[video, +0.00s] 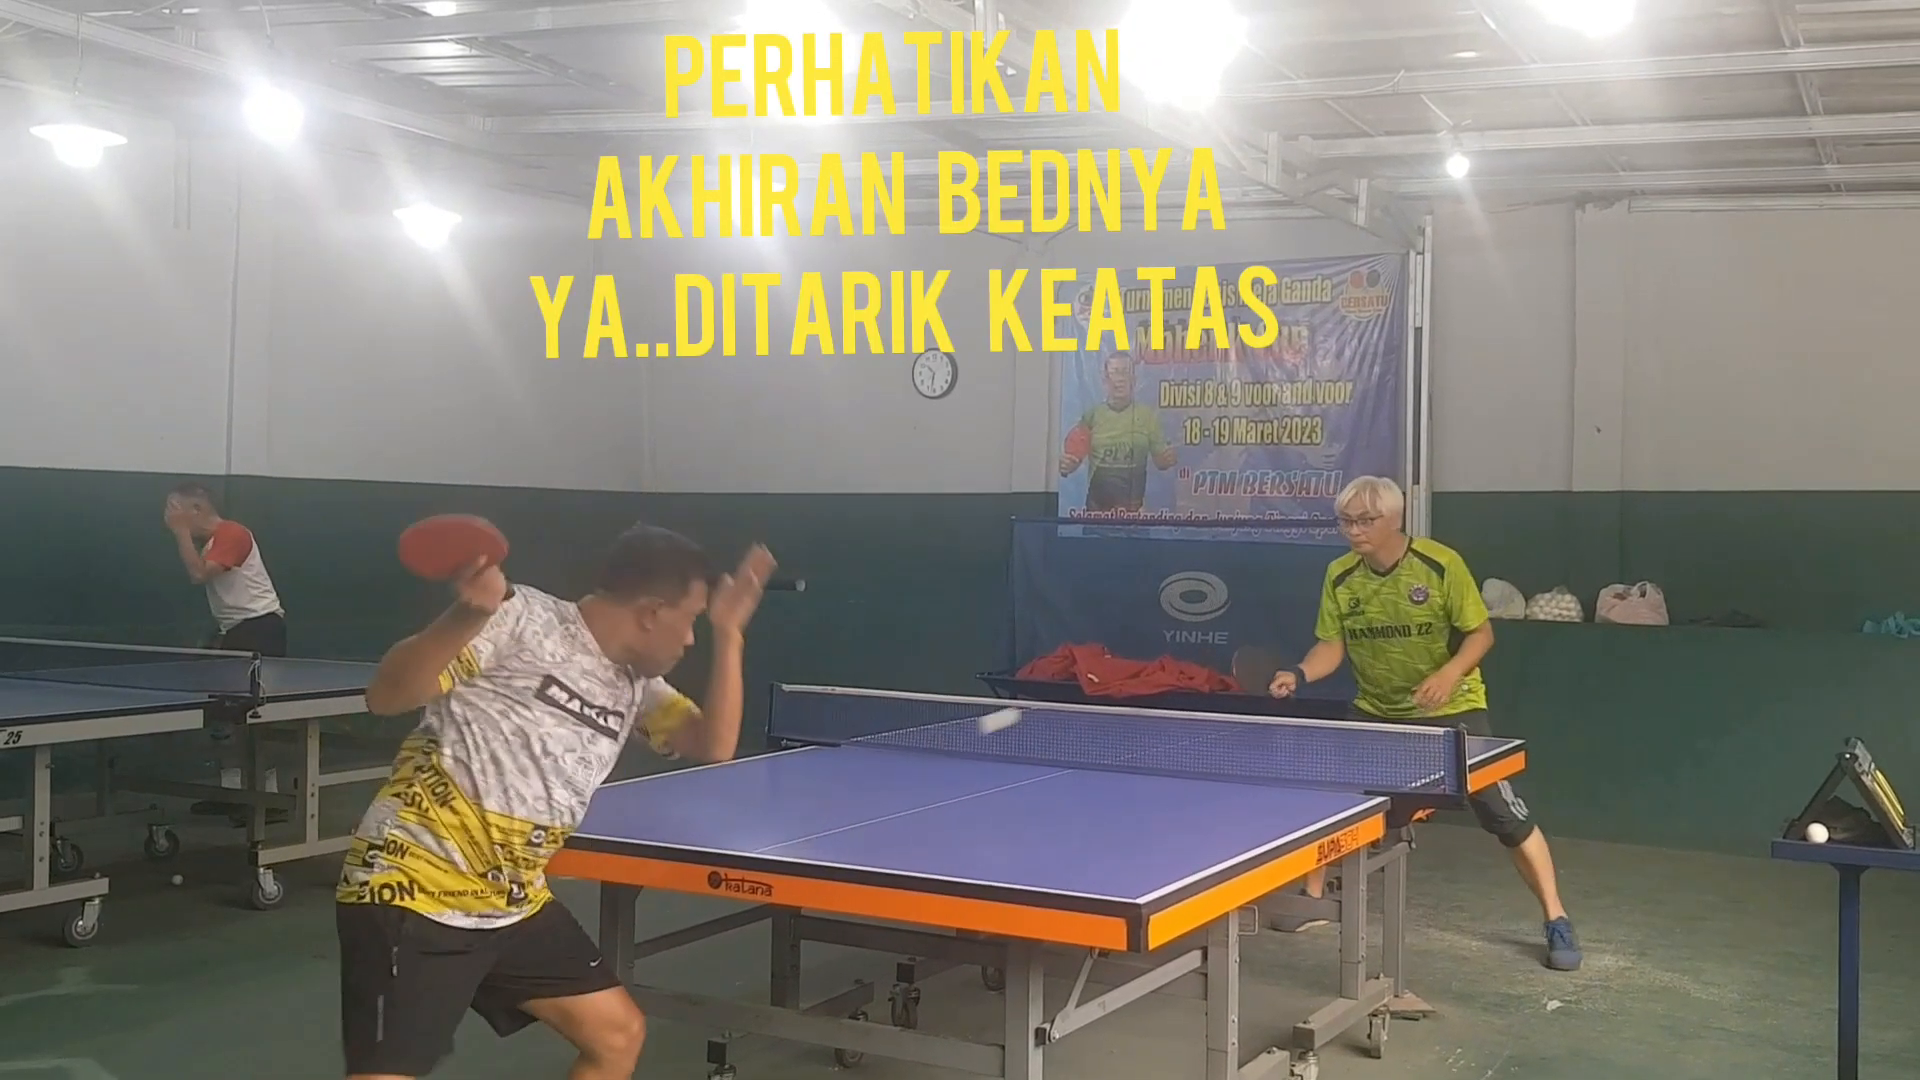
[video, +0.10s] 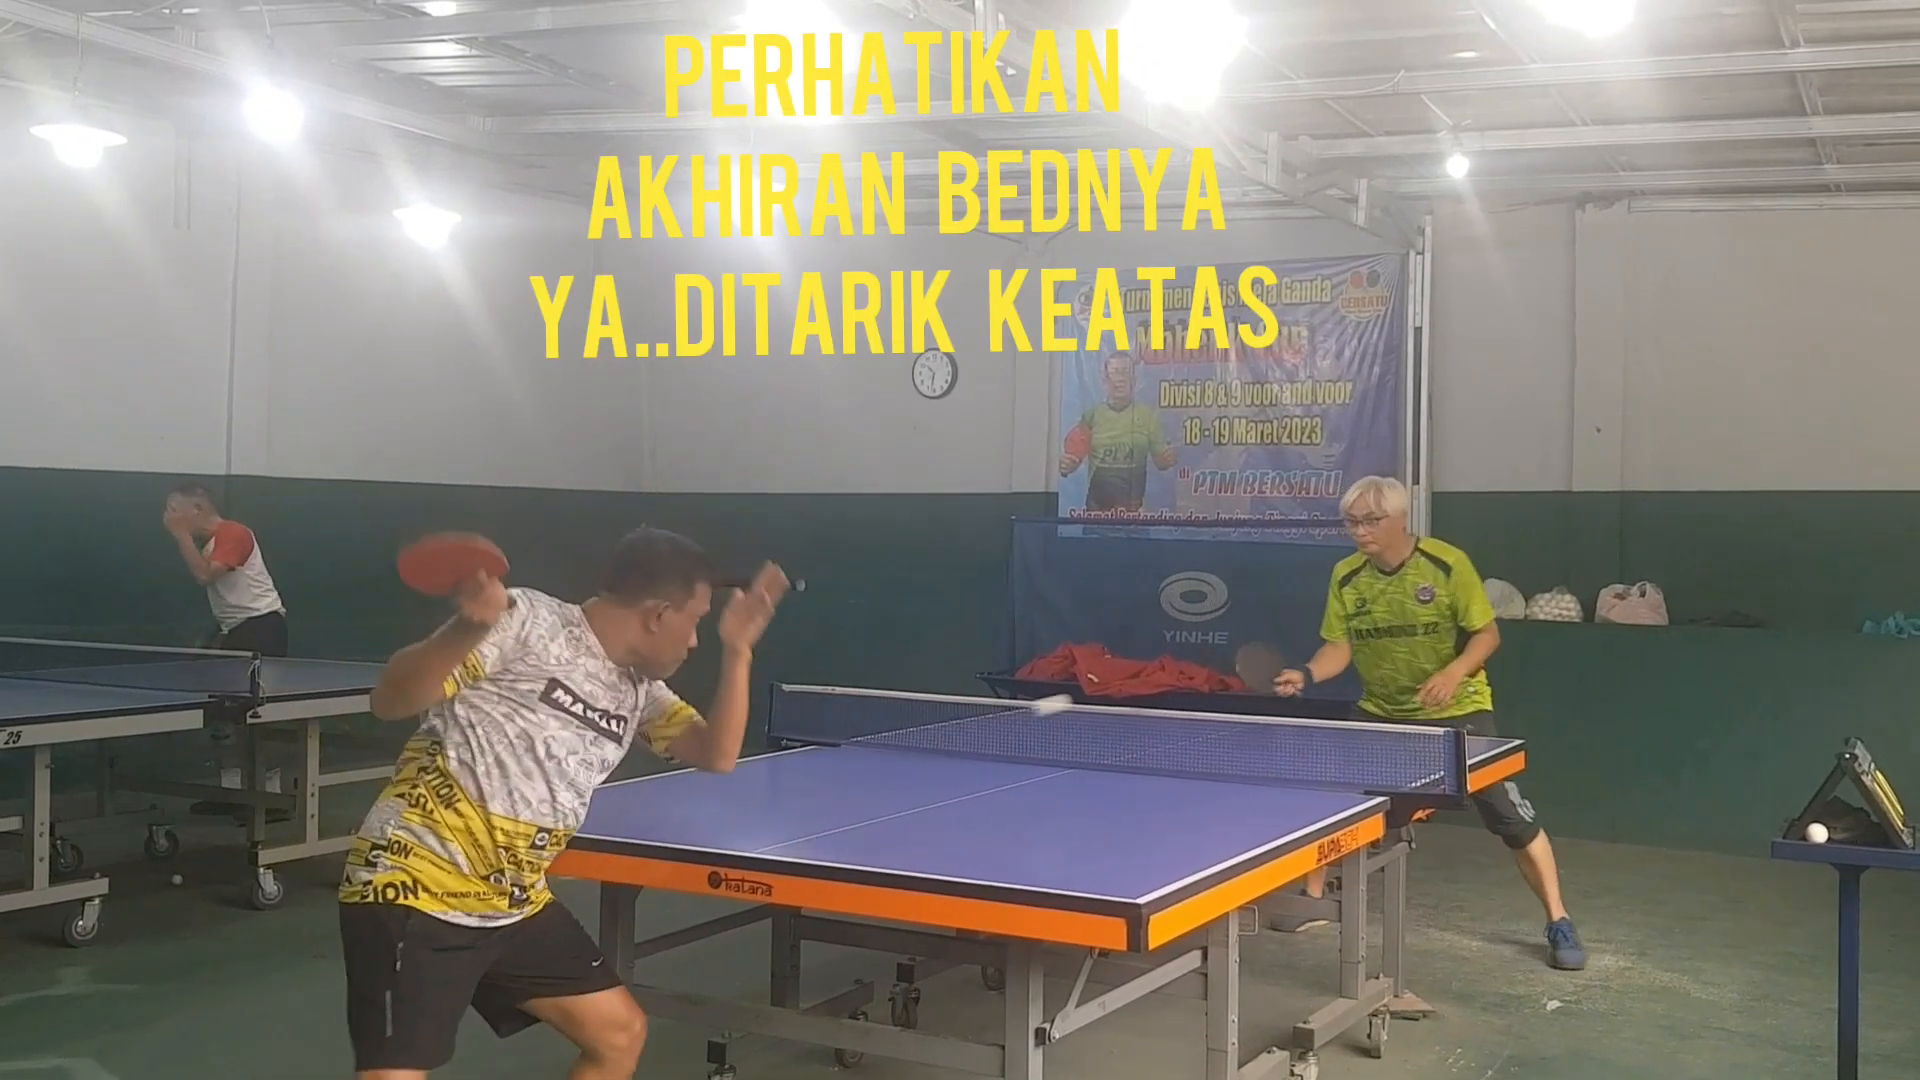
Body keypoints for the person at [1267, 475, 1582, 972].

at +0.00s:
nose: (1352, 530)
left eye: (1362, 521)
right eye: (1346, 521)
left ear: (1392, 521)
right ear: (1343, 526)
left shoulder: (1440, 564)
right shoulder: (1340, 575)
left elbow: (1481, 633)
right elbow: (1330, 646)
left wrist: (1449, 675)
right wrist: (1298, 673)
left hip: (1451, 710)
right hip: (1375, 712)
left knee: (1501, 806)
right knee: (1319, 783)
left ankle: (1556, 918)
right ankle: (1313, 895)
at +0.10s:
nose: (1358, 531)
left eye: (1368, 521)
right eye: (1352, 522)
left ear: (1398, 521)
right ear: (1348, 527)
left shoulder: (1448, 564)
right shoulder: (1346, 576)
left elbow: (1487, 635)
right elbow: (1338, 647)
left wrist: (1454, 673)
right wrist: (1305, 673)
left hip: (1457, 712)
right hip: (1379, 713)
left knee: (1508, 810)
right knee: (1322, 785)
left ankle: (1558, 919)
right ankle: (1312, 897)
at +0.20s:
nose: (1360, 532)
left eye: (1370, 521)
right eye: (1353, 522)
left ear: (1399, 520)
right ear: (1348, 527)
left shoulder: (1447, 564)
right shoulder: (1347, 575)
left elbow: (1487, 634)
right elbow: (1338, 647)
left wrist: (1453, 674)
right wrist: (1306, 673)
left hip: (1457, 711)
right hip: (1380, 712)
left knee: (1507, 807)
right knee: (1323, 783)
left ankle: (1558, 920)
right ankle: (1313, 895)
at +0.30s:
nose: (1368, 531)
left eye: (1379, 520)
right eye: (1362, 522)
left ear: (1408, 519)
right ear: (1357, 526)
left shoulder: (1456, 563)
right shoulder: (1354, 575)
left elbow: (1496, 634)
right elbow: (1348, 648)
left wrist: (1460, 671)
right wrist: (1316, 672)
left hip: (1465, 713)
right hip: (1387, 715)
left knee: (1512, 807)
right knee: (1329, 785)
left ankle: (1562, 921)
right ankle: (1315, 896)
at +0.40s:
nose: (1368, 531)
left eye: (1379, 520)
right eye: (1362, 522)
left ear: (1408, 519)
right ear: (1357, 526)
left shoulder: (1456, 563)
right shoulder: (1354, 575)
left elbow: (1496, 634)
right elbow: (1348, 648)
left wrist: (1461, 671)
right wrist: (1316, 672)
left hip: (1464, 712)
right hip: (1386, 715)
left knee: (1512, 806)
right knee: (1329, 785)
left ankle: (1562, 921)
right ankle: (1315, 895)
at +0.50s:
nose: (1377, 530)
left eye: (1387, 519)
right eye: (1371, 521)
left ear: (1417, 517)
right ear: (1366, 524)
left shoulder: (1469, 563)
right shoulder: (1364, 574)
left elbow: (1506, 635)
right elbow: (1361, 648)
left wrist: (1469, 667)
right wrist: (1331, 671)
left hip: (1473, 719)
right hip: (1393, 719)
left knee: (1522, 816)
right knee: (1335, 794)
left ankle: (1568, 926)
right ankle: (1312, 896)